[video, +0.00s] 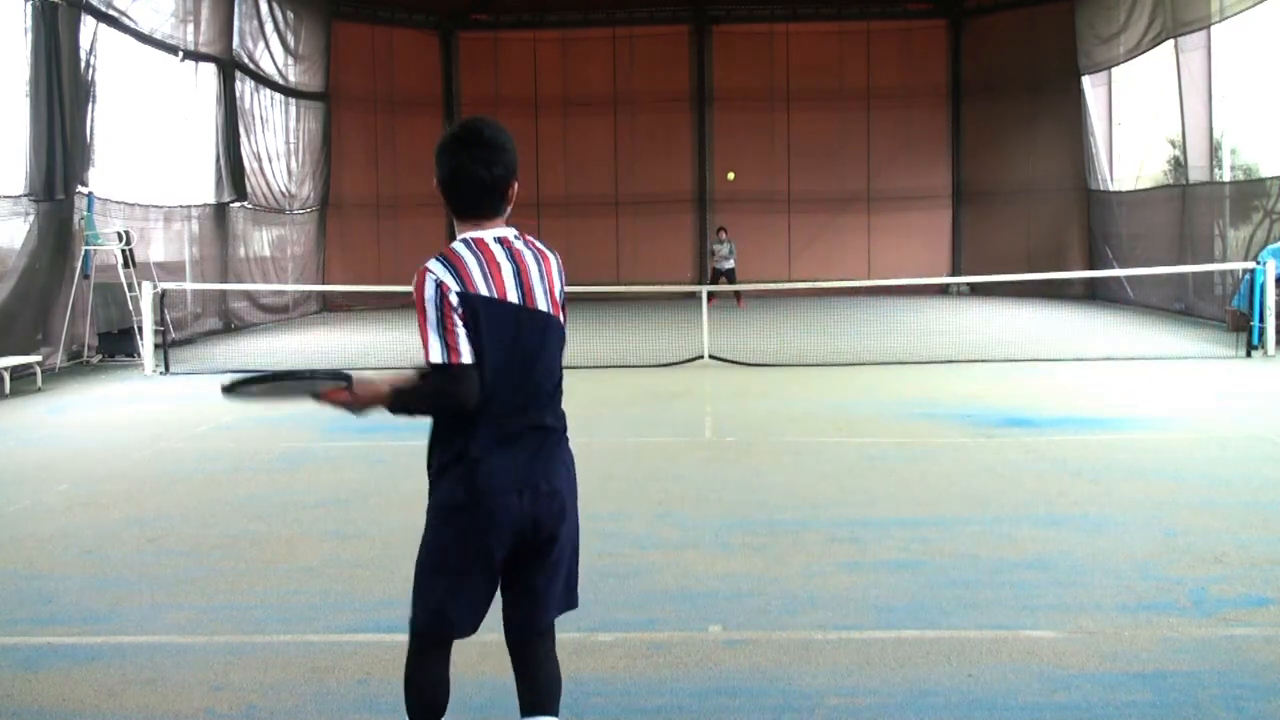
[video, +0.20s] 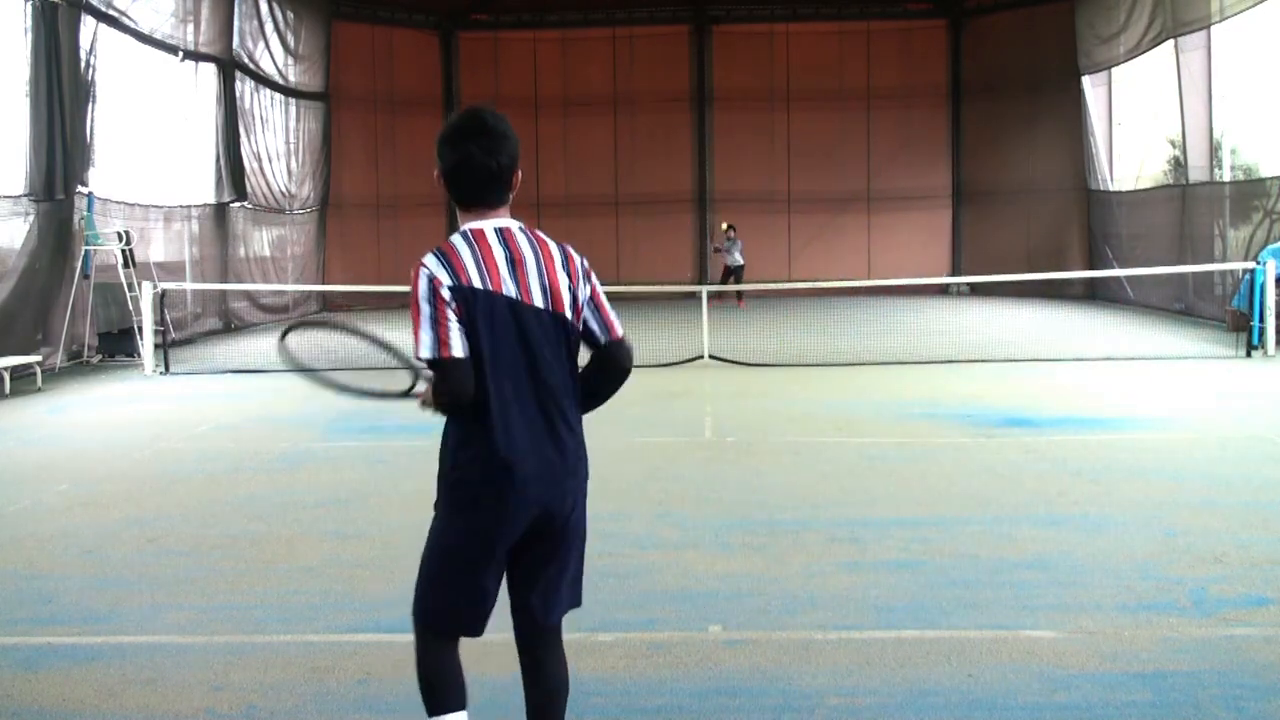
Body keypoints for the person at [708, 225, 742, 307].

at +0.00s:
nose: (722, 236)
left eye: (723, 234)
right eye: (720, 234)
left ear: (726, 235)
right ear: (717, 235)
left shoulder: (730, 244)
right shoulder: (714, 245)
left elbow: (732, 256)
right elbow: (712, 256)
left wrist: (721, 256)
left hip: (729, 267)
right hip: (717, 267)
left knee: (734, 284)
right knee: (712, 284)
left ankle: (739, 300)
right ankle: (710, 299)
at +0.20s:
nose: (729, 234)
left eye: (731, 232)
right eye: (728, 232)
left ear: (734, 233)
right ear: (726, 234)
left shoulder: (737, 242)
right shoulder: (725, 243)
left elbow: (732, 251)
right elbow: (722, 249)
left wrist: (722, 249)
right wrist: (716, 249)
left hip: (738, 264)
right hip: (728, 265)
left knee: (738, 283)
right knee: (722, 282)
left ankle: (740, 301)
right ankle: (718, 298)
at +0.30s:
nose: (733, 232)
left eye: (734, 230)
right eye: (731, 230)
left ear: (737, 231)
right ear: (728, 232)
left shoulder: (740, 240)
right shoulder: (728, 241)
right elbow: (722, 247)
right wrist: (713, 247)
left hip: (744, 262)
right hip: (735, 263)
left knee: (743, 281)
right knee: (732, 282)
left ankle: (743, 298)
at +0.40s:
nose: (736, 234)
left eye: (737, 231)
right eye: (734, 232)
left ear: (740, 232)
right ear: (731, 233)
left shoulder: (743, 241)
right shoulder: (731, 242)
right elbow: (725, 247)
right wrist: (713, 248)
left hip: (749, 262)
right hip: (740, 264)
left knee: (749, 279)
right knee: (741, 281)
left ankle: (751, 296)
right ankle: (748, 295)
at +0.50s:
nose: (737, 237)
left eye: (739, 234)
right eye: (736, 235)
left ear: (742, 235)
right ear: (734, 236)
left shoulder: (745, 244)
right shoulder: (736, 247)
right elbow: (730, 252)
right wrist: (720, 253)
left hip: (753, 265)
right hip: (745, 268)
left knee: (757, 282)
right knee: (743, 286)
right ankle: (752, 299)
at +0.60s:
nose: (740, 238)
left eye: (742, 235)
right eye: (738, 236)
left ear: (745, 236)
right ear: (736, 237)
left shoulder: (748, 244)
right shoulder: (740, 247)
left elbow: (736, 252)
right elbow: (738, 256)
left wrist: (726, 256)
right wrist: (730, 259)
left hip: (756, 266)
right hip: (747, 269)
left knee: (761, 283)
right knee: (745, 286)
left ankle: (776, 295)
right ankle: (753, 299)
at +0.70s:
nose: (744, 236)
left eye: (745, 233)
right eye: (742, 234)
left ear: (748, 234)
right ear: (740, 235)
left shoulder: (753, 242)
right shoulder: (742, 246)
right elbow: (741, 257)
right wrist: (733, 262)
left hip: (759, 265)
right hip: (749, 268)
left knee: (765, 282)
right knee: (746, 284)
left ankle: (777, 296)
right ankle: (753, 299)